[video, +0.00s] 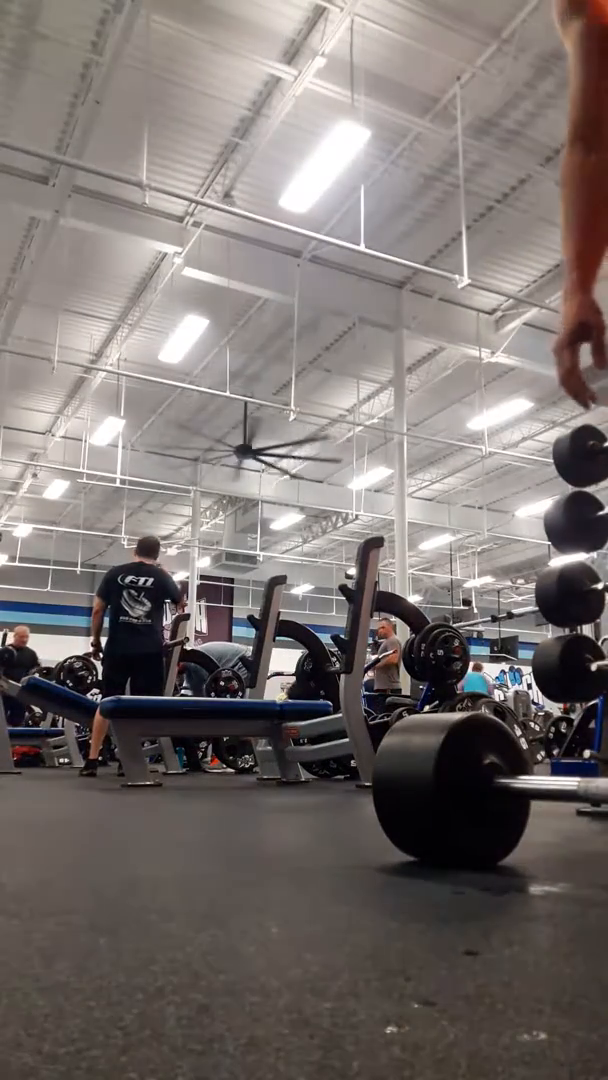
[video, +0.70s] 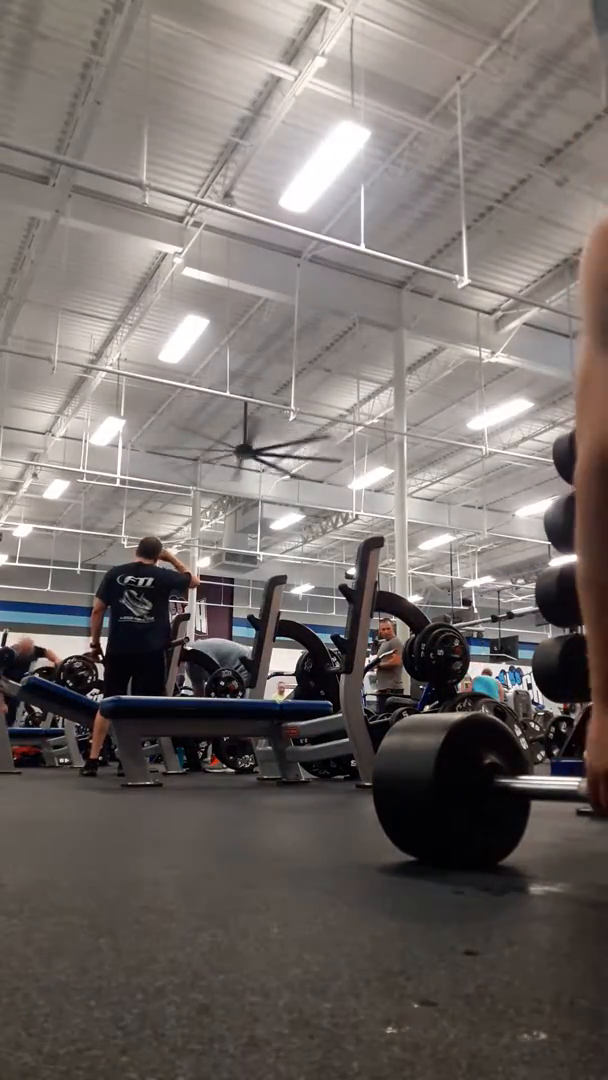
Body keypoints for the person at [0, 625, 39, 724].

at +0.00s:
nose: (24, 640)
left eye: (26, 637)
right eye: (21, 637)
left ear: (28, 637)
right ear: (14, 636)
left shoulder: (31, 654)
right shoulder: (5, 651)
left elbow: (37, 667)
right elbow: (1, 668)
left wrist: (29, 676)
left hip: (23, 689)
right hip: (5, 687)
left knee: (18, 718)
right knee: (3, 714)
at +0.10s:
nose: (25, 640)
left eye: (27, 637)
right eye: (22, 637)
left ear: (30, 637)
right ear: (15, 636)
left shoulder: (32, 653)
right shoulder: (6, 651)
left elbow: (40, 668)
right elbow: (1, 670)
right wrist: (4, 683)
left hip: (23, 691)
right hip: (5, 689)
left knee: (20, 720)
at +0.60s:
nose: (21, 648)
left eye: (24, 646)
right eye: (20, 645)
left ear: (27, 644)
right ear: (15, 642)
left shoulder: (30, 651)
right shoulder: (5, 652)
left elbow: (46, 656)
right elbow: (1, 676)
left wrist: (57, 661)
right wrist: (1, 696)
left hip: (18, 688)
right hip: (4, 687)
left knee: (14, 717)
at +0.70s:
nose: (26, 652)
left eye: (28, 650)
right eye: (24, 650)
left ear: (31, 649)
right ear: (20, 647)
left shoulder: (32, 651)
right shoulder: (9, 653)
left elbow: (47, 653)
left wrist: (56, 660)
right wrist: (2, 702)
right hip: (3, 685)